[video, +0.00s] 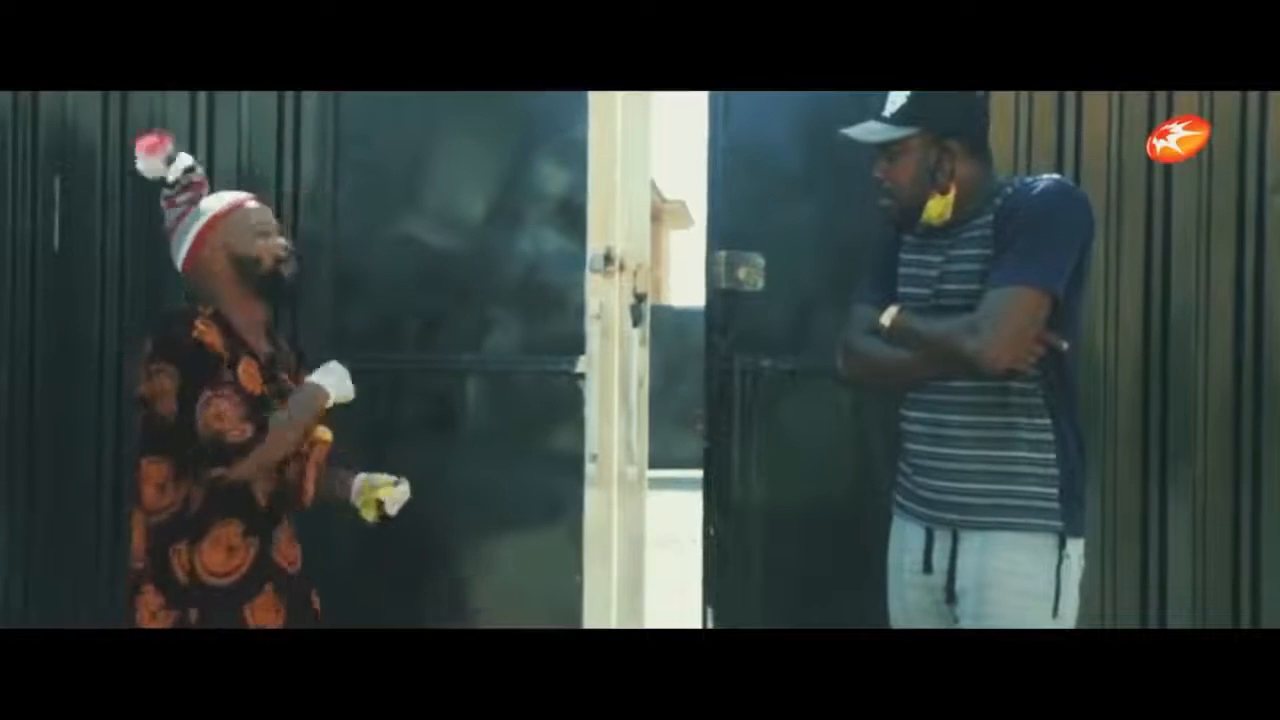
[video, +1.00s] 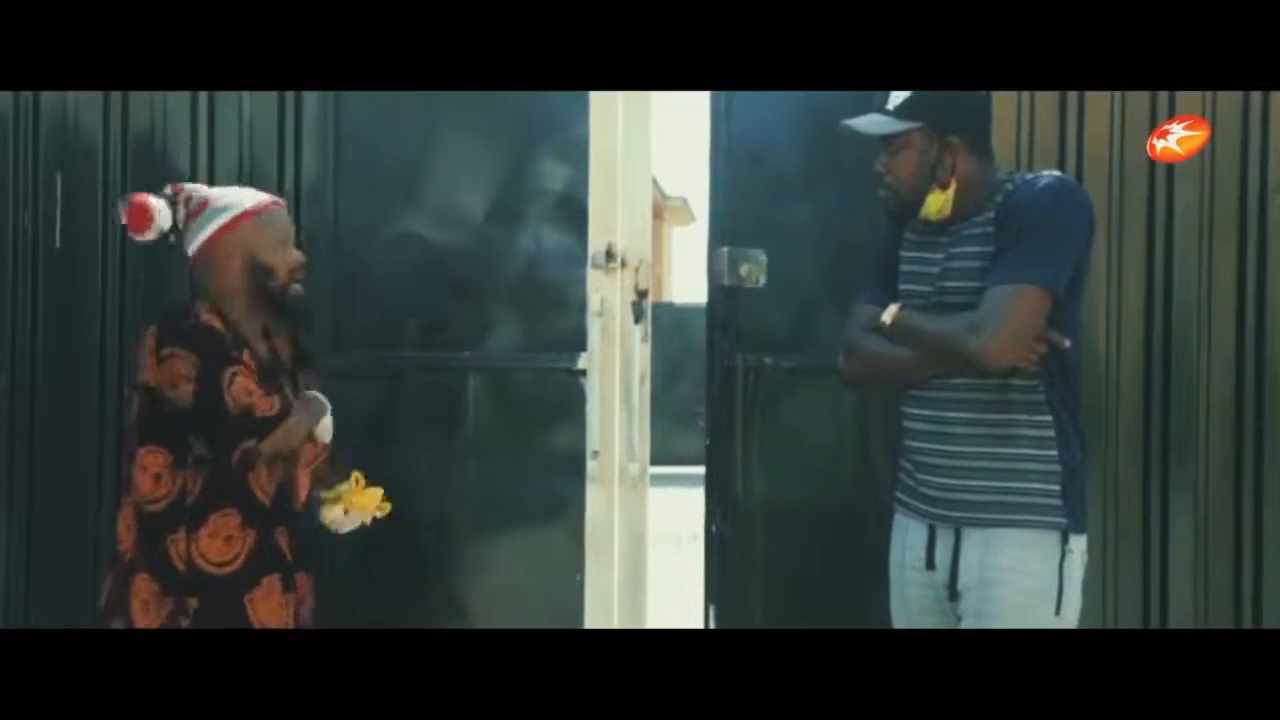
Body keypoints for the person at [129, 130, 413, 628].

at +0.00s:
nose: (282, 244)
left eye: (280, 231)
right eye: (262, 233)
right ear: (215, 253)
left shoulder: (279, 356)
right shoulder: (184, 344)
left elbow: (286, 463)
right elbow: (231, 472)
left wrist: (352, 487)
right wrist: (311, 400)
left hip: (273, 595)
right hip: (195, 599)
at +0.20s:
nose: (276, 231)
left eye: (268, 220)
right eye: (250, 220)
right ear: (207, 255)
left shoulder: (287, 356)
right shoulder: (187, 340)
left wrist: (332, 479)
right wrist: (305, 419)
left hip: (267, 574)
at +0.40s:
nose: (281, 230)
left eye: (276, 221)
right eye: (257, 220)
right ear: (216, 249)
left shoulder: (286, 356)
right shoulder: (189, 342)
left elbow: (275, 493)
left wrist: (330, 469)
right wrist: (301, 424)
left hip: (271, 582)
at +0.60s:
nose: (305, 270)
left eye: (305, 258)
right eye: (293, 255)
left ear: (244, 257)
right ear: (241, 254)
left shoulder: (264, 353)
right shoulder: (182, 350)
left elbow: (270, 450)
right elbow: (242, 455)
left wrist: (345, 450)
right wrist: (348, 382)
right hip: (202, 599)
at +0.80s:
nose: (299, 308)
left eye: (304, 293)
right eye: (296, 290)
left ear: (255, 273)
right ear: (253, 270)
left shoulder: (256, 352)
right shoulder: (177, 349)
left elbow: (266, 475)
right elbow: (237, 458)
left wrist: (344, 446)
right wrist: (329, 391)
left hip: (263, 602)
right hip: (190, 607)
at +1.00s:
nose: (300, 258)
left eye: (294, 245)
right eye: (284, 245)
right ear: (238, 256)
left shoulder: (280, 343)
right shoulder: (181, 344)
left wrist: (326, 491)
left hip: (269, 591)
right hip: (193, 597)